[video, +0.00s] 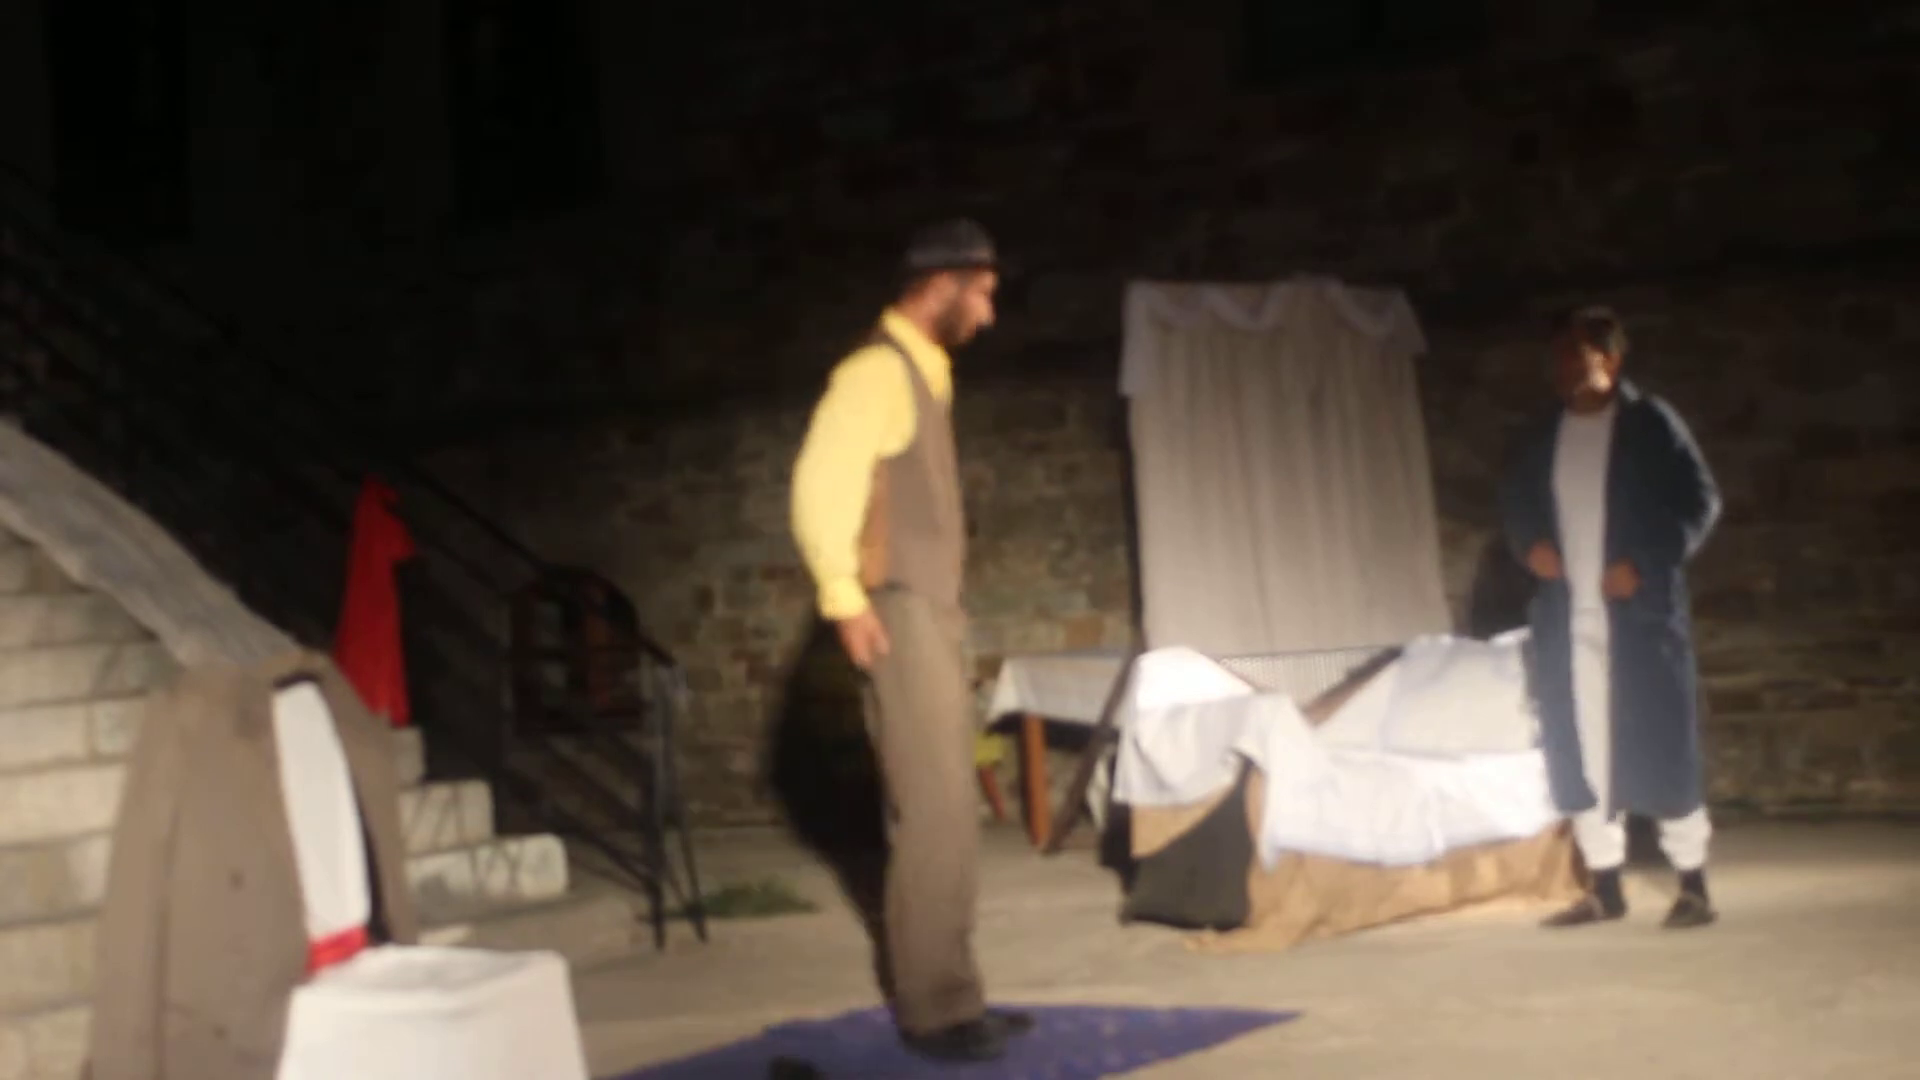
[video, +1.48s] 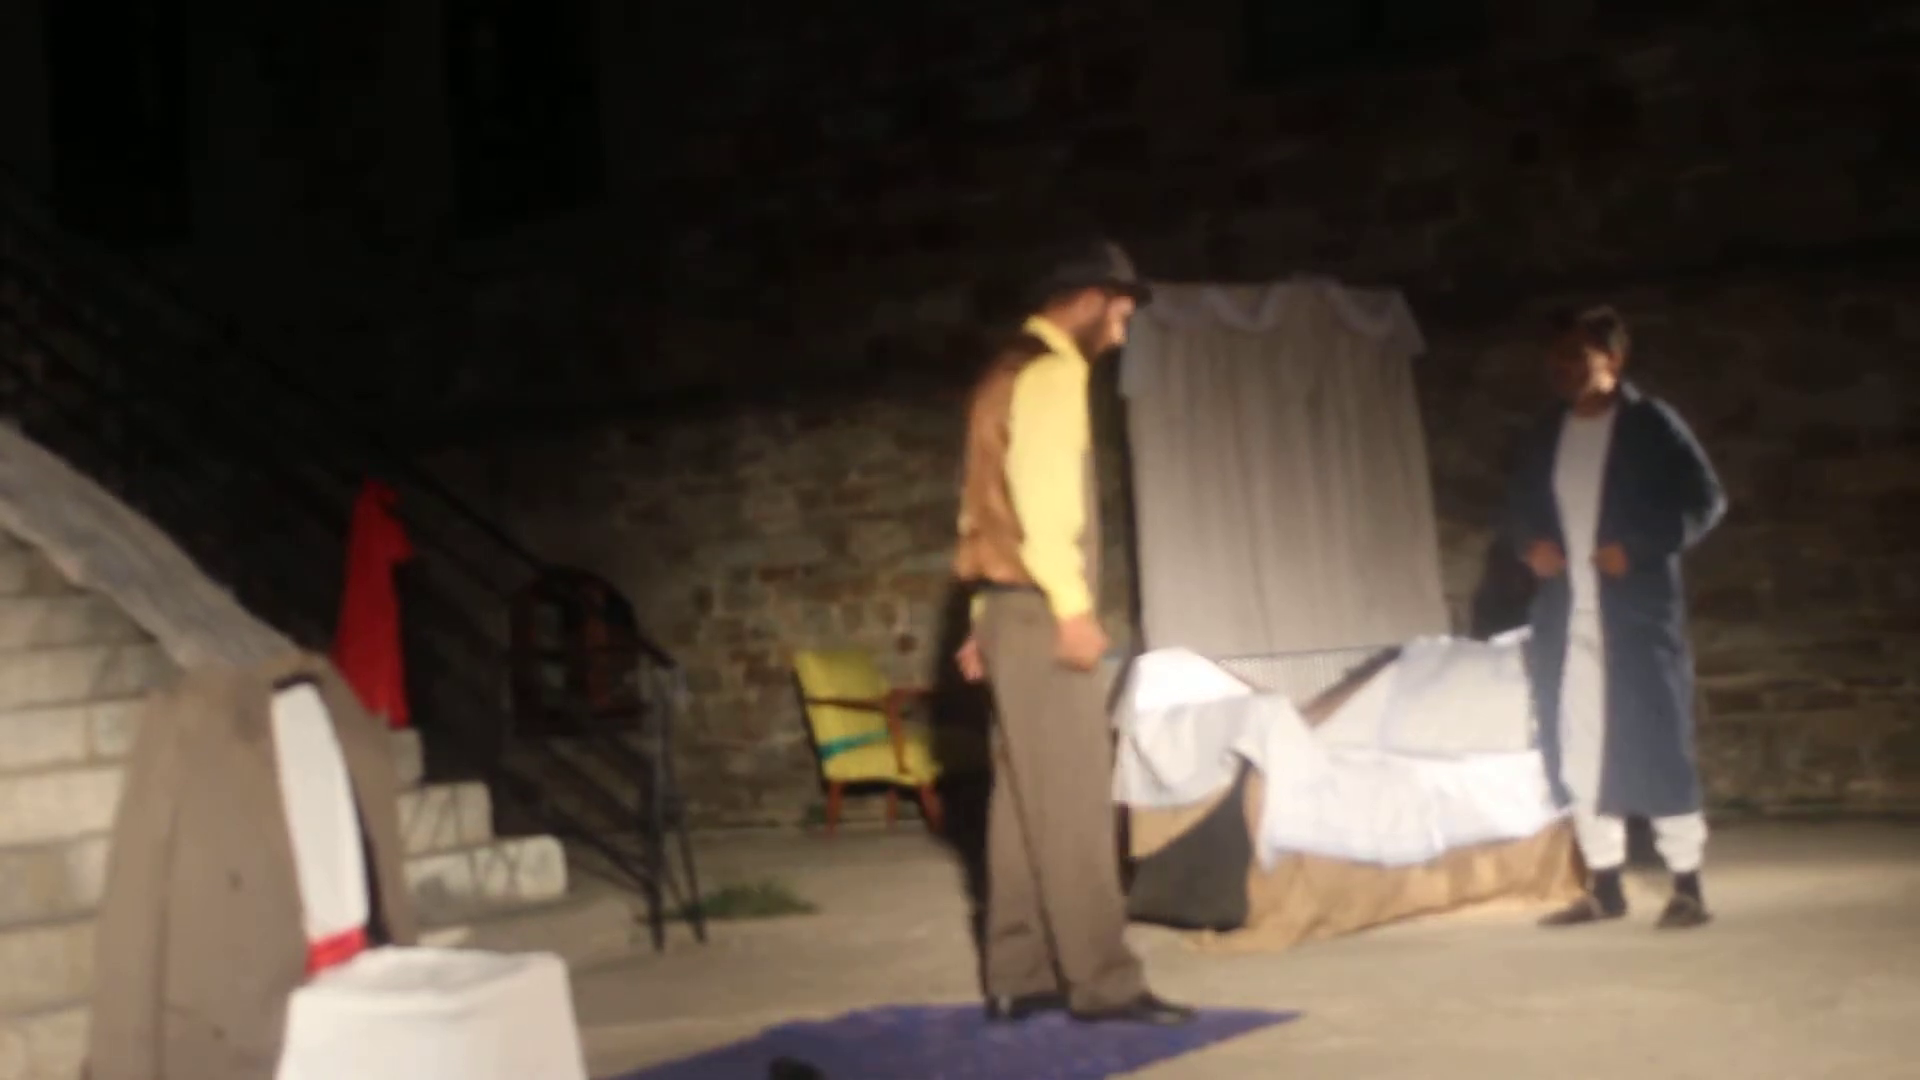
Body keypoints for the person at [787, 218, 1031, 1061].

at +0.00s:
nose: (989, 314)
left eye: (992, 297)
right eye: (983, 295)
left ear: (946, 289)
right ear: (941, 288)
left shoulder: (920, 374)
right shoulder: (877, 373)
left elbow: (899, 500)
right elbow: (820, 484)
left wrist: (942, 613)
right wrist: (843, 599)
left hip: (931, 616)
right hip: (901, 617)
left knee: (947, 809)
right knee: (935, 811)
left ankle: (946, 999)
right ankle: (935, 1008)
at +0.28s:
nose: (1023, 324)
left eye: (1027, 307)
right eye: (1018, 305)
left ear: (969, 298)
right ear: (980, 292)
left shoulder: (923, 362)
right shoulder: (952, 366)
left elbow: (920, 491)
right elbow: (932, 486)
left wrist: (952, 596)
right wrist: (953, 606)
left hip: (909, 607)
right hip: (949, 608)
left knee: (948, 808)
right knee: (1013, 799)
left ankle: (942, 1002)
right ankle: (1020, 1002)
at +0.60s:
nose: (1069, 355)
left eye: (1076, 341)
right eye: (1071, 335)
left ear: (1017, 309)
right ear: (1041, 309)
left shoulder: (935, 379)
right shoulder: (1014, 374)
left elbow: (883, 489)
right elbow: (1033, 496)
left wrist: (890, 595)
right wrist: (1089, 595)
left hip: (935, 611)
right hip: (983, 609)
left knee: (1002, 792)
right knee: (1018, 795)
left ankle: (1017, 977)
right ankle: (1020, 1002)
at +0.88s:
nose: (1083, 360)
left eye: (1090, 347)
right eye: (1084, 342)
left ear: (1043, 317)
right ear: (1051, 315)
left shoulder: (972, 378)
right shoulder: (1012, 379)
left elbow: (929, 504)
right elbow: (998, 492)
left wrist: (924, 619)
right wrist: (1023, 602)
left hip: (948, 605)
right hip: (986, 606)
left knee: (984, 797)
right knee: (1066, 771)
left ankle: (1015, 974)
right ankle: (1069, 965)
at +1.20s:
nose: (1101, 362)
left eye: (1109, 349)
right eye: (1103, 343)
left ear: (1064, 318)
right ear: (1070, 316)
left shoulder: (1000, 373)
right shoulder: (1026, 376)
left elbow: (980, 494)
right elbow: (993, 488)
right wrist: (995, 604)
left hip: (965, 604)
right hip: (1000, 603)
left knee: (1011, 781)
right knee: (1112, 754)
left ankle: (1015, 979)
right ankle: (1121, 956)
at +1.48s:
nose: (1125, 329)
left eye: (1129, 313)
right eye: (1123, 311)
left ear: (1068, 302)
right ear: (1091, 302)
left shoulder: (1012, 374)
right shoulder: (1055, 374)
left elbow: (992, 501)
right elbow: (1046, 492)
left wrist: (984, 614)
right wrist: (1072, 604)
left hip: (1005, 605)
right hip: (1041, 606)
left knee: (1024, 802)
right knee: (1072, 801)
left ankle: (1021, 978)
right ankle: (1104, 982)